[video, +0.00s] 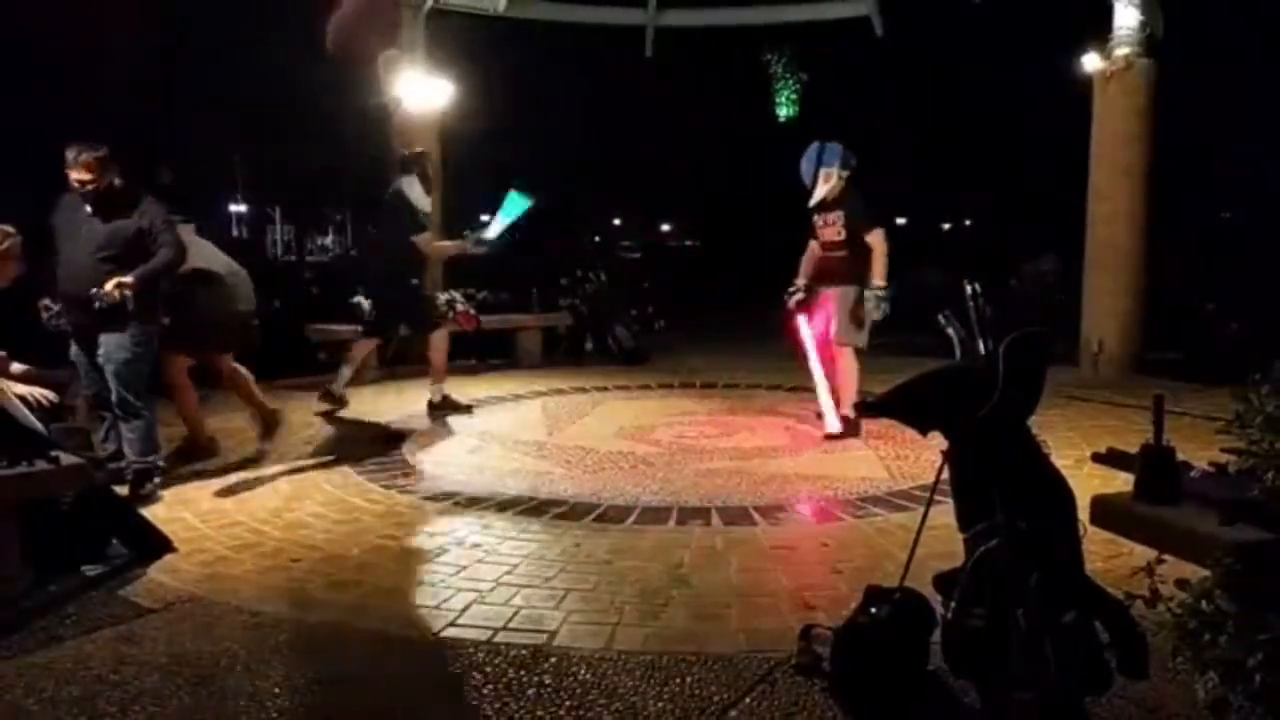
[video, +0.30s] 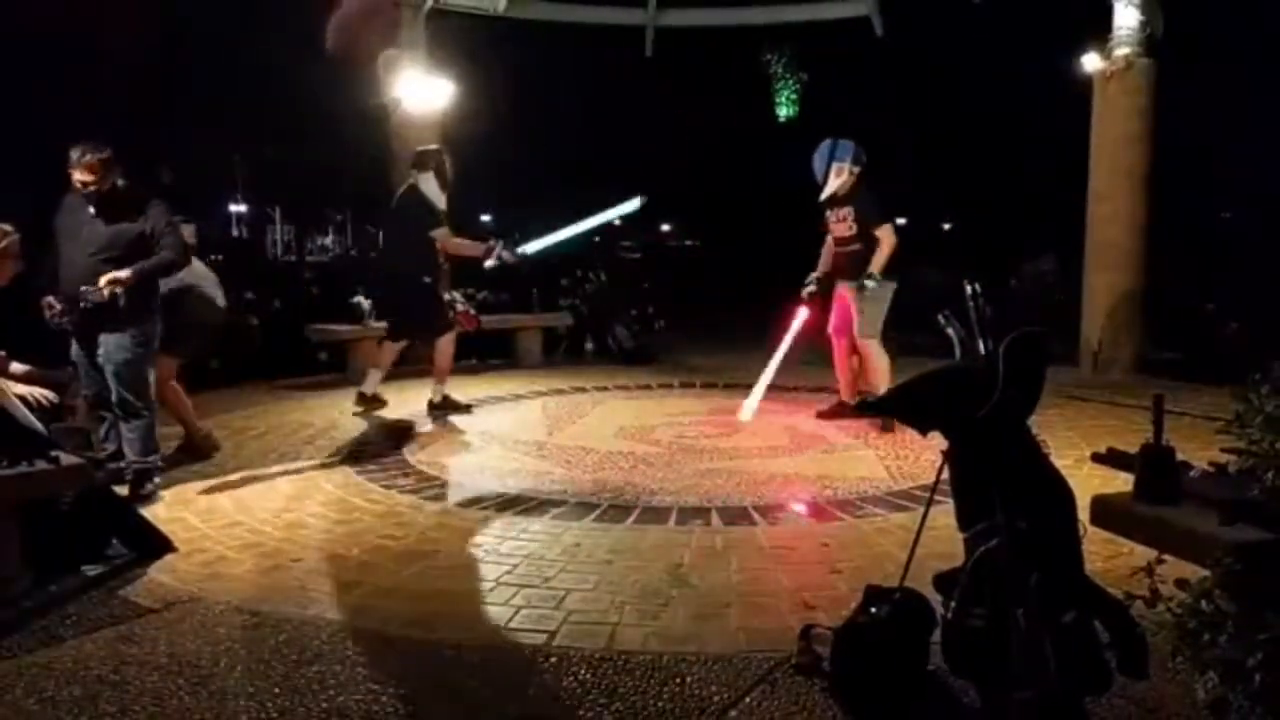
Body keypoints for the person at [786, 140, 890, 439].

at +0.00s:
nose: (822, 180)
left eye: (828, 173)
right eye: (818, 174)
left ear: (840, 172)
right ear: (813, 174)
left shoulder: (855, 203)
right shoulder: (817, 206)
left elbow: (879, 244)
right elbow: (814, 248)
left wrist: (877, 288)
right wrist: (801, 282)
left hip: (849, 287)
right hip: (823, 289)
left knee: (844, 347)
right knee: (827, 349)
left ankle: (848, 413)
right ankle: (838, 409)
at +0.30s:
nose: (836, 177)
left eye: (842, 171)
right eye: (833, 170)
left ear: (854, 172)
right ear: (826, 170)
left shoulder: (865, 199)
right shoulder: (830, 203)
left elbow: (888, 238)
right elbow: (831, 242)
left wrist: (872, 274)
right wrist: (818, 275)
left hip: (866, 280)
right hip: (842, 281)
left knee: (867, 338)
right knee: (840, 335)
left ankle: (884, 400)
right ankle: (847, 397)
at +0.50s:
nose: (843, 182)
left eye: (847, 175)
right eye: (840, 175)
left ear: (857, 173)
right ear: (836, 173)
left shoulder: (874, 198)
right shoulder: (842, 202)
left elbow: (880, 242)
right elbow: (848, 244)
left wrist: (841, 264)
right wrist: (835, 270)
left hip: (888, 283)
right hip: (855, 282)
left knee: (893, 344)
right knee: (844, 339)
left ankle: (924, 398)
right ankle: (848, 399)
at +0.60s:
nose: (851, 187)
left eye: (855, 180)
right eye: (848, 181)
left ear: (869, 178)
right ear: (848, 178)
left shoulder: (886, 205)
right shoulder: (855, 204)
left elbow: (870, 249)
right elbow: (855, 243)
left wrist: (830, 236)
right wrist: (829, 233)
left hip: (900, 291)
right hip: (864, 287)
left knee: (911, 349)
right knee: (840, 338)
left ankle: (933, 402)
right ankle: (846, 400)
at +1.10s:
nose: (820, 187)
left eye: (823, 180)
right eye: (820, 181)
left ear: (835, 178)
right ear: (836, 178)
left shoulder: (855, 204)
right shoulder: (835, 206)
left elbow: (860, 248)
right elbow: (839, 245)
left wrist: (829, 265)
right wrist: (825, 264)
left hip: (868, 293)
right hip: (839, 289)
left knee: (868, 357)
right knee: (821, 342)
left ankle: (917, 396)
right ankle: (829, 405)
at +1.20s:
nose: (814, 183)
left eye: (817, 176)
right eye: (814, 176)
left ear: (828, 173)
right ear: (825, 174)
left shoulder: (848, 199)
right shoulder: (826, 204)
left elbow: (862, 242)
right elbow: (827, 249)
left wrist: (830, 263)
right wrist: (812, 275)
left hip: (864, 289)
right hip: (836, 287)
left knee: (850, 349)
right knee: (821, 343)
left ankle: (897, 398)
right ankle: (829, 404)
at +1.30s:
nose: (810, 176)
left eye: (814, 169)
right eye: (808, 170)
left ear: (828, 168)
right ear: (808, 170)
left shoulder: (844, 195)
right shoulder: (814, 203)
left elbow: (863, 239)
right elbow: (805, 246)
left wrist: (826, 259)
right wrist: (767, 261)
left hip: (858, 280)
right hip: (835, 280)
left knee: (839, 344)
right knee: (826, 343)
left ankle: (855, 413)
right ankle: (830, 403)